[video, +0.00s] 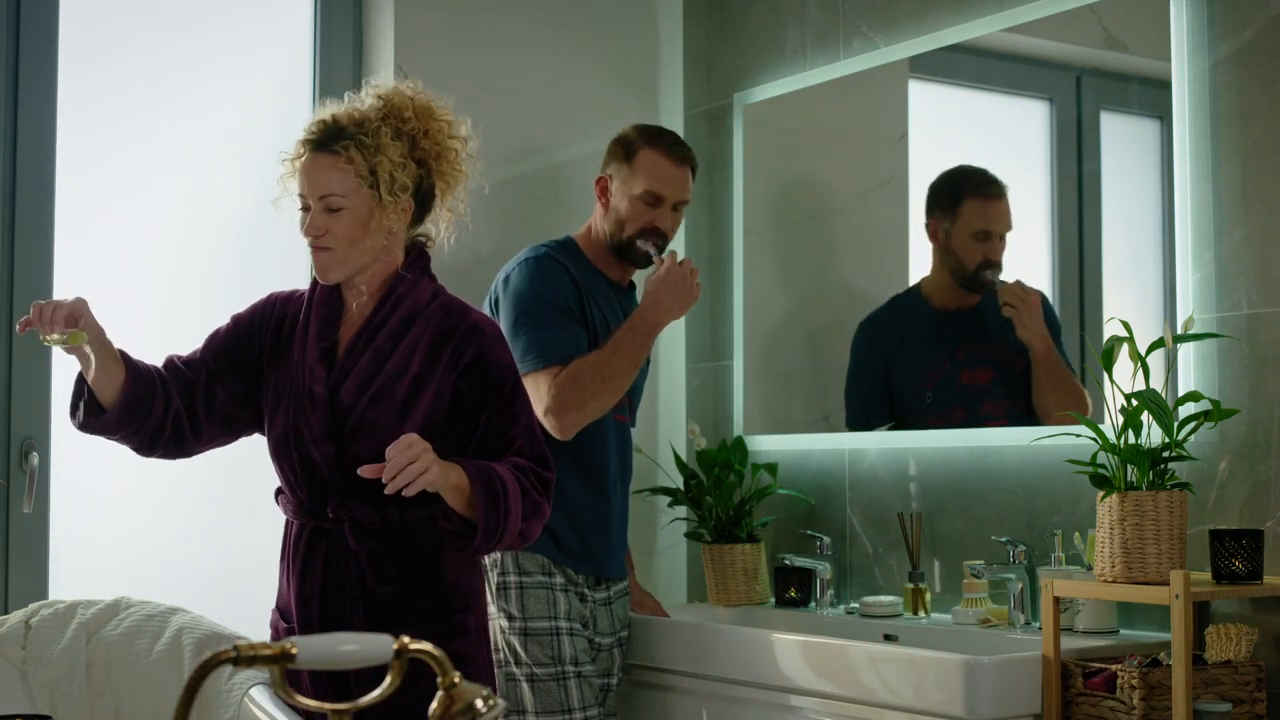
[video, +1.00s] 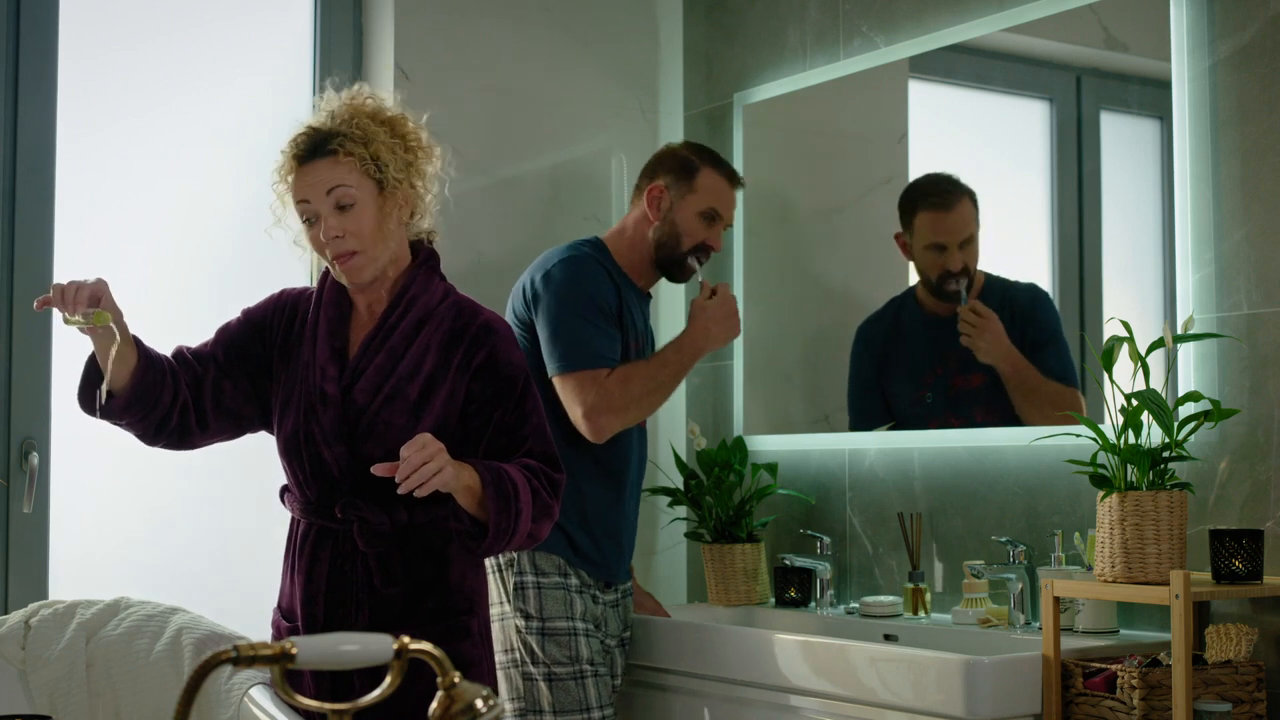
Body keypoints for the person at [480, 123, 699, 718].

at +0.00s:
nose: (665, 223)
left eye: (678, 209)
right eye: (651, 200)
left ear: (685, 210)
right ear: (605, 188)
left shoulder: (628, 303)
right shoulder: (537, 275)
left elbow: (607, 458)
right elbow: (558, 410)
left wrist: (626, 582)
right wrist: (654, 314)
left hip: (600, 579)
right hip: (535, 572)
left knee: (590, 707)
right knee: (554, 710)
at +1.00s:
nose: (716, 241)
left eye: (723, 228)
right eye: (709, 218)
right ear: (655, 201)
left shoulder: (632, 303)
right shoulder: (571, 275)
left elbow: (596, 466)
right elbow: (595, 413)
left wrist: (623, 581)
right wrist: (697, 339)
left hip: (599, 576)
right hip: (545, 569)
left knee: (590, 706)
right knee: (564, 710)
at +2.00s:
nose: (641, 189)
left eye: (658, 175)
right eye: (624, 170)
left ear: (673, 186)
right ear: (588, 176)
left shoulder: (640, 300)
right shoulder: (526, 278)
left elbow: (608, 448)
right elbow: (497, 420)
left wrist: (622, 564)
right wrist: (623, 401)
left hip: (604, 573)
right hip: (535, 566)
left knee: (598, 709)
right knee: (556, 712)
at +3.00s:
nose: (605, 198)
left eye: (632, 185)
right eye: (597, 173)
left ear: (671, 191)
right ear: (583, 159)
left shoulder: (682, 304)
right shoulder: (500, 268)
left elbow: (698, 461)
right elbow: (448, 406)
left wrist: (716, 597)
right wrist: (529, 418)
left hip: (602, 578)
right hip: (497, 566)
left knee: (592, 711)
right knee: (501, 713)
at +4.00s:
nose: (598, 191)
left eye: (624, 176)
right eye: (589, 166)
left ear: (667, 182)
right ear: (576, 154)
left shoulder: (686, 300)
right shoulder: (500, 267)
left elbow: (699, 461)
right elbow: (452, 418)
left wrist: (716, 598)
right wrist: (535, 423)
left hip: (611, 585)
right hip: (500, 575)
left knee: (603, 711)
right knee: (500, 712)